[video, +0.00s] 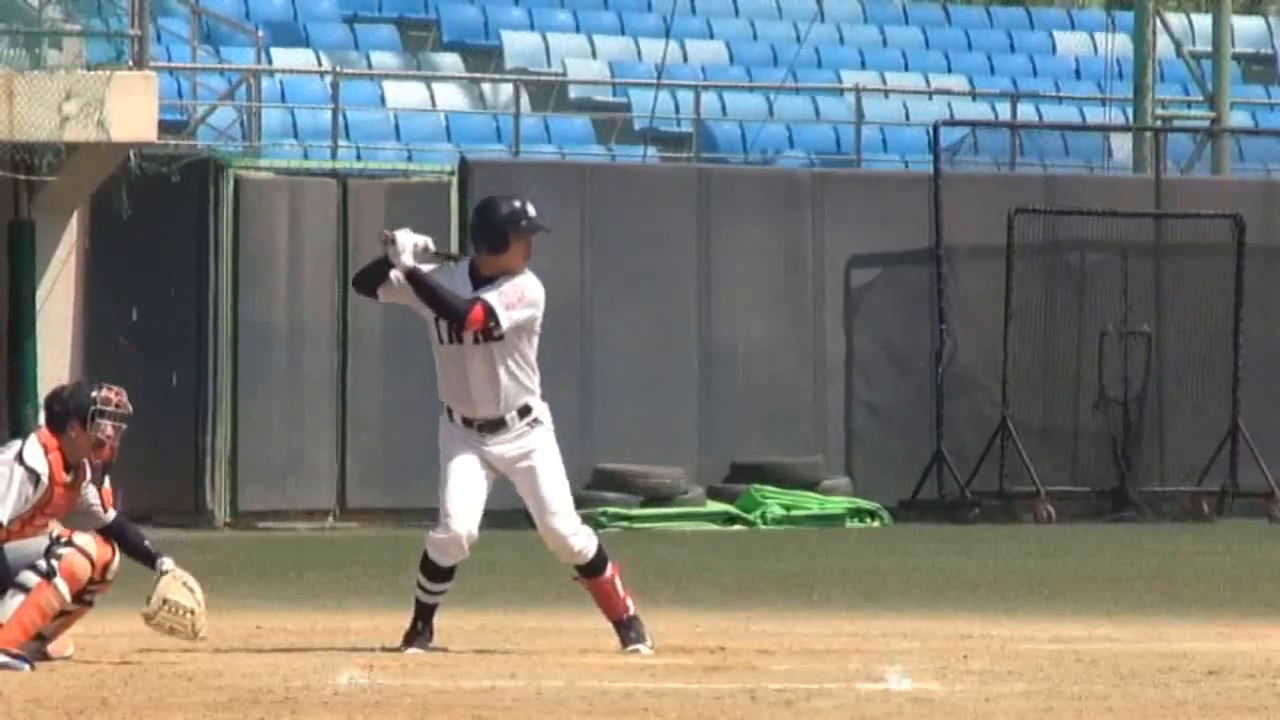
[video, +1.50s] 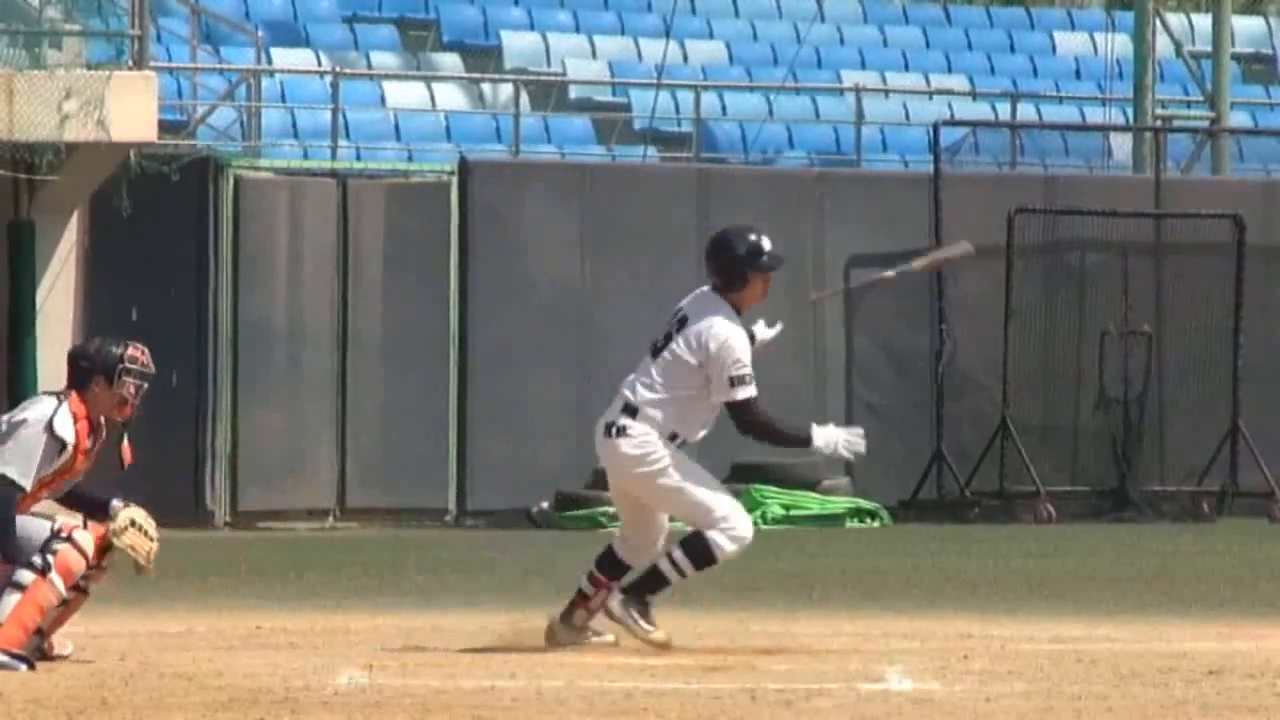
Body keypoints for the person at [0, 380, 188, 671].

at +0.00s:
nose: (111, 434)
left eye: (112, 426)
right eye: (101, 426)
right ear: (74, 428)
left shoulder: (79, 468)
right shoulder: (25, 465)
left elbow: (110, 523)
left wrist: (159, 562)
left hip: (17, 548)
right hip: (4, 550)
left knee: (102, 554)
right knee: (73, 556)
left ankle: (35, 643)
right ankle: (7, 645)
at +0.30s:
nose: (115, 435)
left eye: (118, 427)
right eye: (106, 426)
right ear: (77, 429)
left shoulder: (83, 471)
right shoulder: (27, 468)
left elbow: (119, 529)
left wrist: (124, 590)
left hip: (24, 551)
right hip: (5, 554)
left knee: (106, 553)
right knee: (77, 554)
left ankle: (37, 640)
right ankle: (7, 644)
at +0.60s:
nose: (113, 435)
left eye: (116, 426)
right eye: (103, 425)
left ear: (78, 431)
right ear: (76, 430)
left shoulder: (79, 470)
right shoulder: (27, 467)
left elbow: (108, 525)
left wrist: (151, 570)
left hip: (22, 551)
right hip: (8, 554)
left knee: (106, 556)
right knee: (76, 555)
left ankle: (35, 642)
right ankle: (8, 644)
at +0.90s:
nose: (115, 433)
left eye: (119, 424)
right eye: (105, 423)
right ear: (75, 426)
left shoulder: (82, 463)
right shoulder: (26, 462)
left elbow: (141, 490)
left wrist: (211, 488)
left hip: (25, 556)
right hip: (7, 557)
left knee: (110, 565)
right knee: (76, 554)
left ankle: (33, 643)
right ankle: (8, 644)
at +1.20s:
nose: (110, 419)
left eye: (111, 410)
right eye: (101, 409)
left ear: (74, 417)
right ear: (71, 415)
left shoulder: (79, 457)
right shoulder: (26, 454)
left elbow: (132, 497)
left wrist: (203, 515)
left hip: (18, 548)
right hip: (4, 549)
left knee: (112, 560)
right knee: (71, 553)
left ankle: (36, 640)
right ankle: (6, 644)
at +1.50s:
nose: (133, 394)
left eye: (137, 386)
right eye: (126, 383)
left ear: (99, 387)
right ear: (97, 384)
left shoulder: (92, 426)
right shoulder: (48, 422)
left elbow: (59, 489)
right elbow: (6, 498)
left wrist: (113, 511)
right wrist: (16, 565)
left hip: (15, 518)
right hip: (5, 521)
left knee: (96, 542)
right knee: (69, 546)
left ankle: (33, 638)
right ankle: (5, 644)